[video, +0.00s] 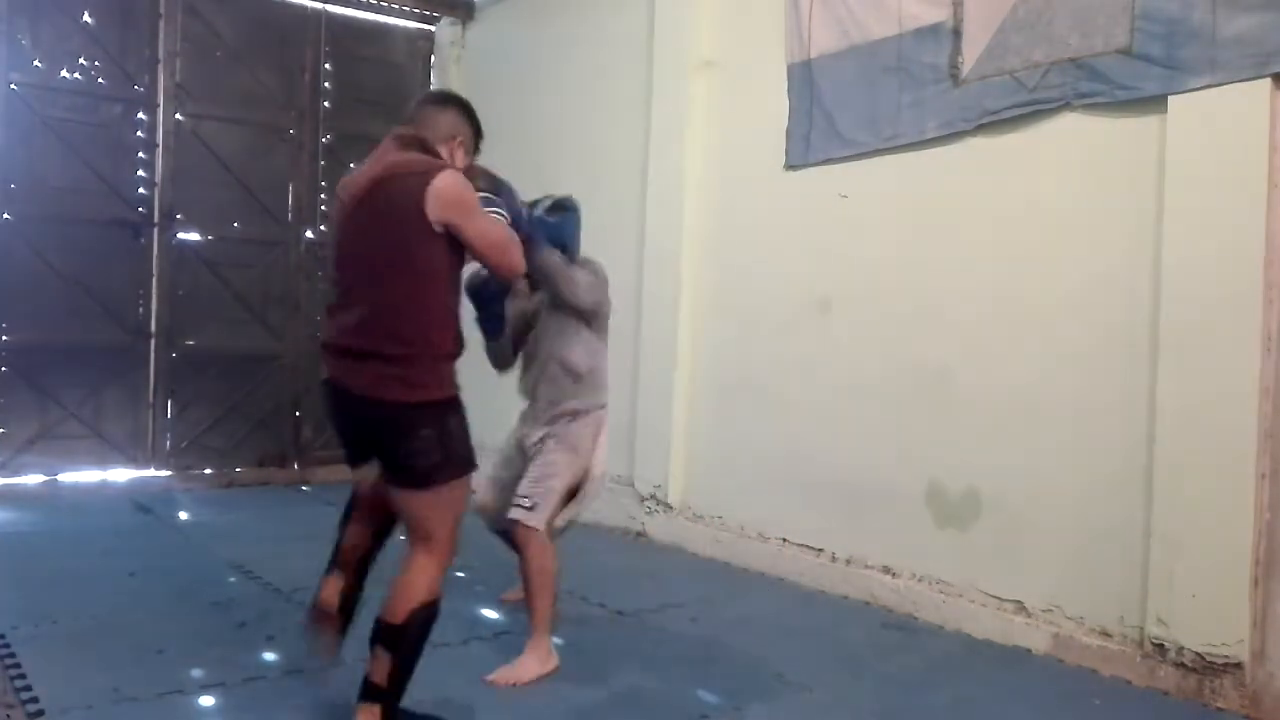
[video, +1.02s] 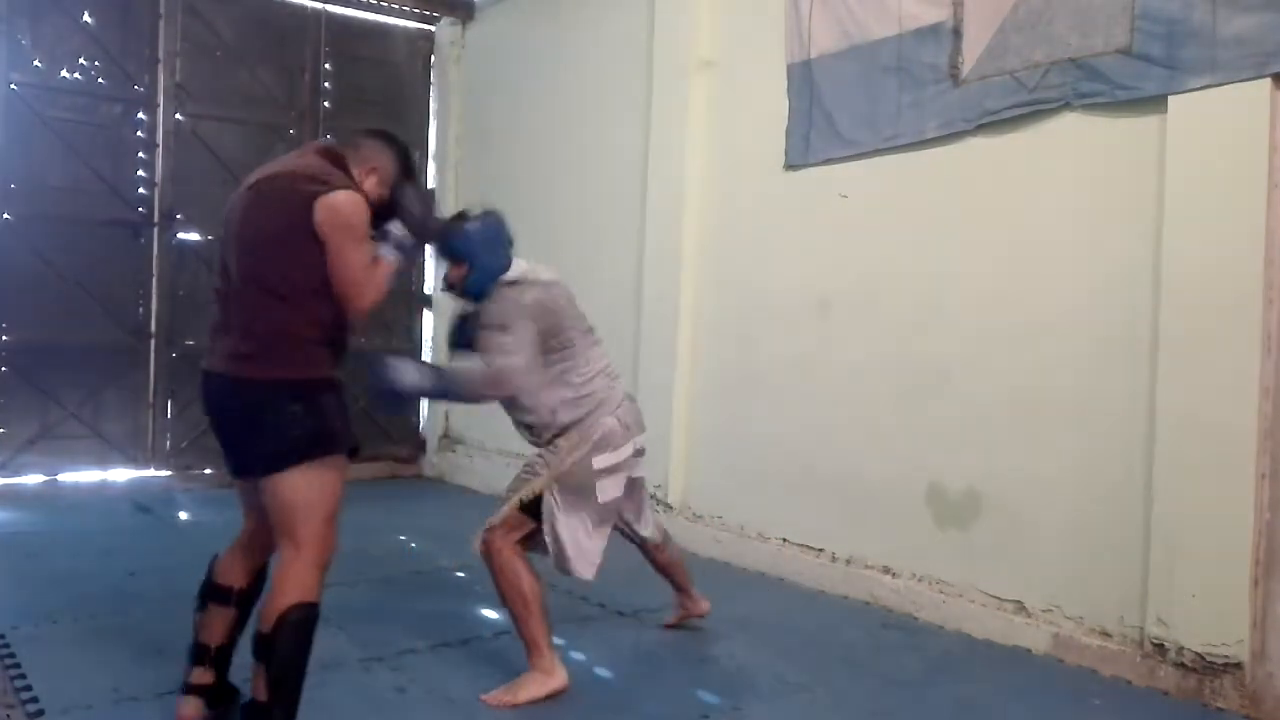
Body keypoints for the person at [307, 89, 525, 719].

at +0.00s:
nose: (466, 165)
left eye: (469, 157)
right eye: (468, 156)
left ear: (407, 131)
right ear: (451, 143)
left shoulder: (354, 182)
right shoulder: (441, 185)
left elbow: (394, 253)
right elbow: (510, 262)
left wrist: (460, 211)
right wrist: (492, 217)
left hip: (349, 387)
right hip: (417, 397)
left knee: (381, 481)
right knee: (431, 546)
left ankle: (335, 596)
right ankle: (377, 703)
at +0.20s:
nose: (462, 162)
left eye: (466, 153)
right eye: (465, 150)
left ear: (407, 121)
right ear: (448, 136)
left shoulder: (346, 169)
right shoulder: (426, 176)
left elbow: (392, 263)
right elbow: (502, 259)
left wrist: (466, 264)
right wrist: (512, 204)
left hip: (341, 369)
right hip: (388, 383)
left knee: (457, 331)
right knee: (405, 545)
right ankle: (371, 702)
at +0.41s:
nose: (439, 166)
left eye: (445, 156)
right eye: (442, 153)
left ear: (381, 124)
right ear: (425, 140)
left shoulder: (312, 170)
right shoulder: (416, 200)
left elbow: (364, 254)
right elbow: (452, 276)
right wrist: (471, 218)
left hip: (309, 374)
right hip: (372, 385)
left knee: (384, 525)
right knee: (385, 545)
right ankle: (368, 702)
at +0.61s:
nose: (416, 198)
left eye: (422, 193)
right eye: (420, 191)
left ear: (375, 148)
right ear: (407, 169)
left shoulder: (291, 175)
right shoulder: (389, 206)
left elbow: (289, 258)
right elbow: (402, 303)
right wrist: (420, 249)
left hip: (273, 387)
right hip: (341, 395)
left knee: (306, 515)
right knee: (378, 544)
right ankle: (365, 704)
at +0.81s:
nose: (386, 220)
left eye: (393, 214)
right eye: (394, 209)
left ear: (360, 160)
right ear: (383, 178)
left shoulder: (273, 187)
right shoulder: (350, 191)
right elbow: (381, 300)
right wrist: (417, 245)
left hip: (237, 382)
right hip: (303, 387)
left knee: (256, 536)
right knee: (362, 536)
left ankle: (212, 695)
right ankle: (290, 702)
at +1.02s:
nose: (377, 205)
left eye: (382, 199)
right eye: (383, 195)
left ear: (345, 154)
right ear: (369, 173)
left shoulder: (262, 183)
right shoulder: (337, 198)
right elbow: (361, 297)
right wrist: (398, 244)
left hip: (232, 383)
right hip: (292, 387)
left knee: (258, 532)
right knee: (306, 551)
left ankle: (201, 689)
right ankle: (272, 704)